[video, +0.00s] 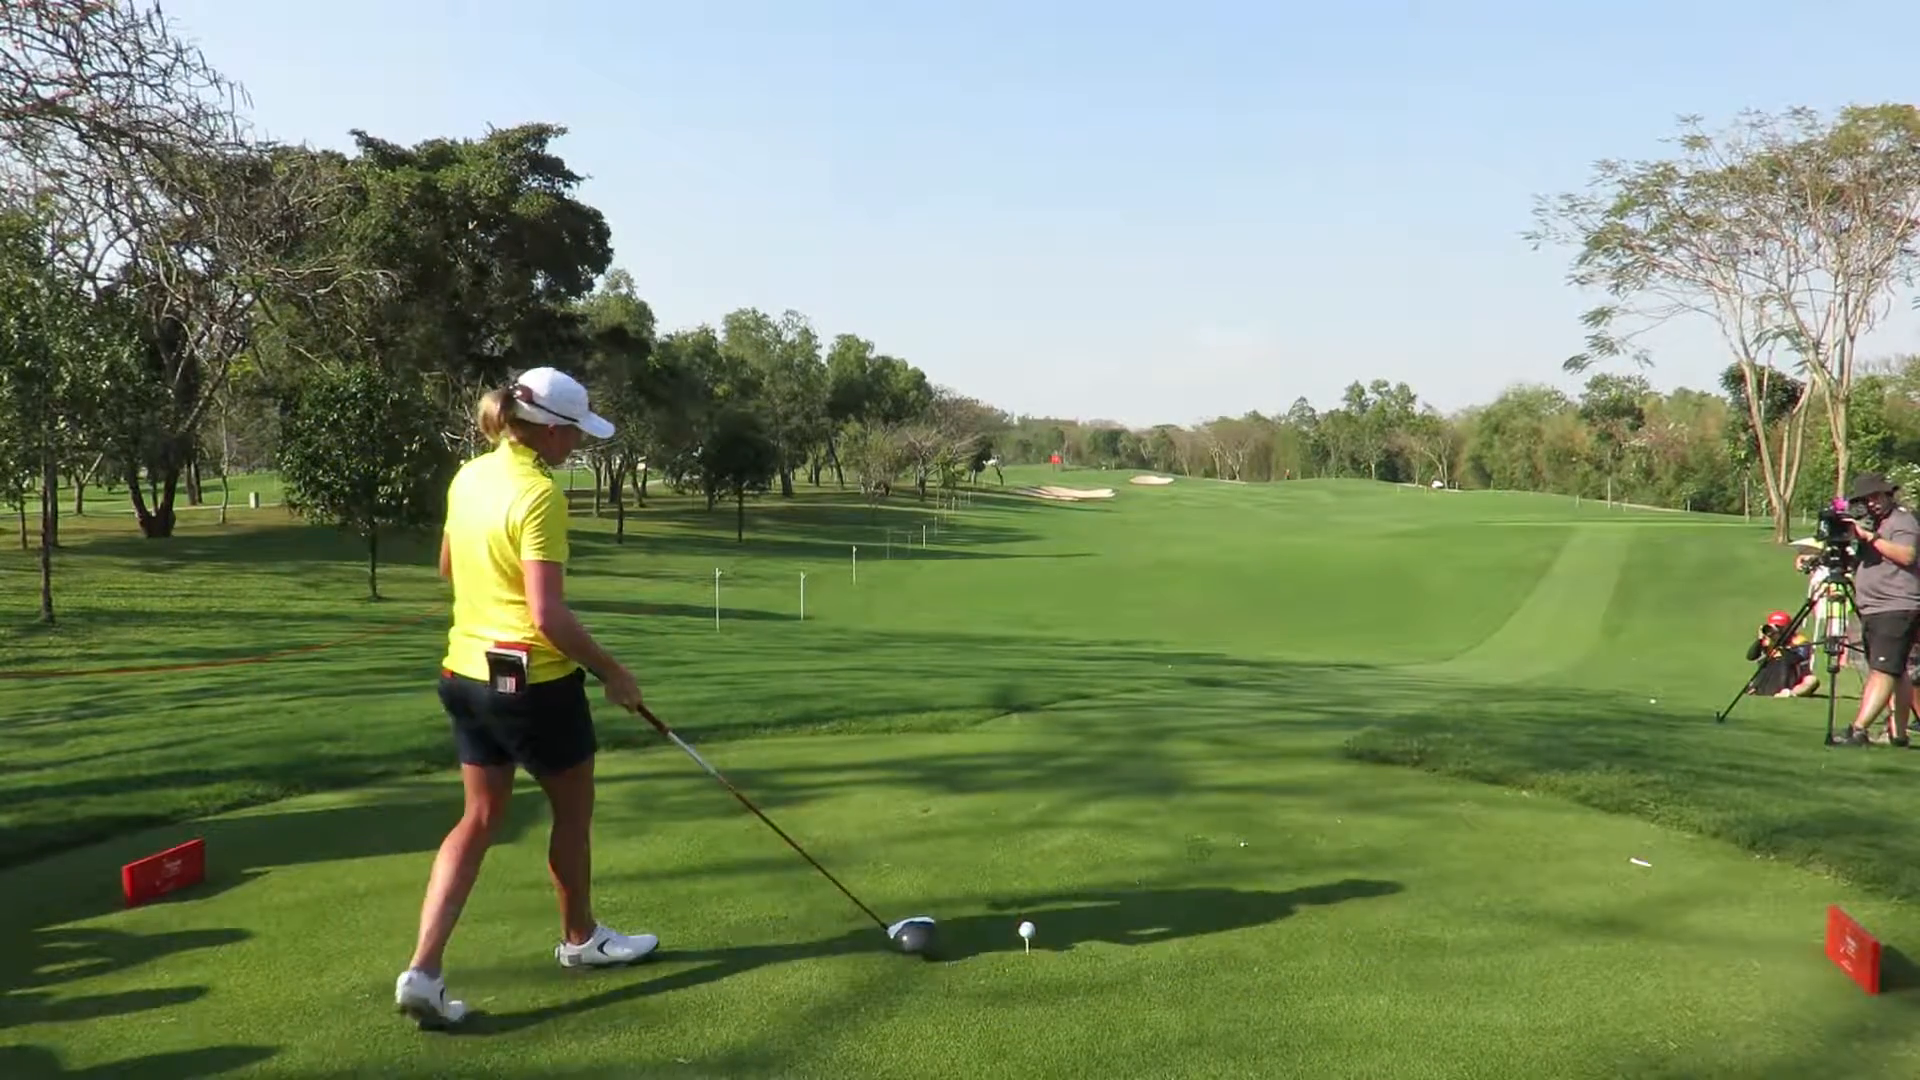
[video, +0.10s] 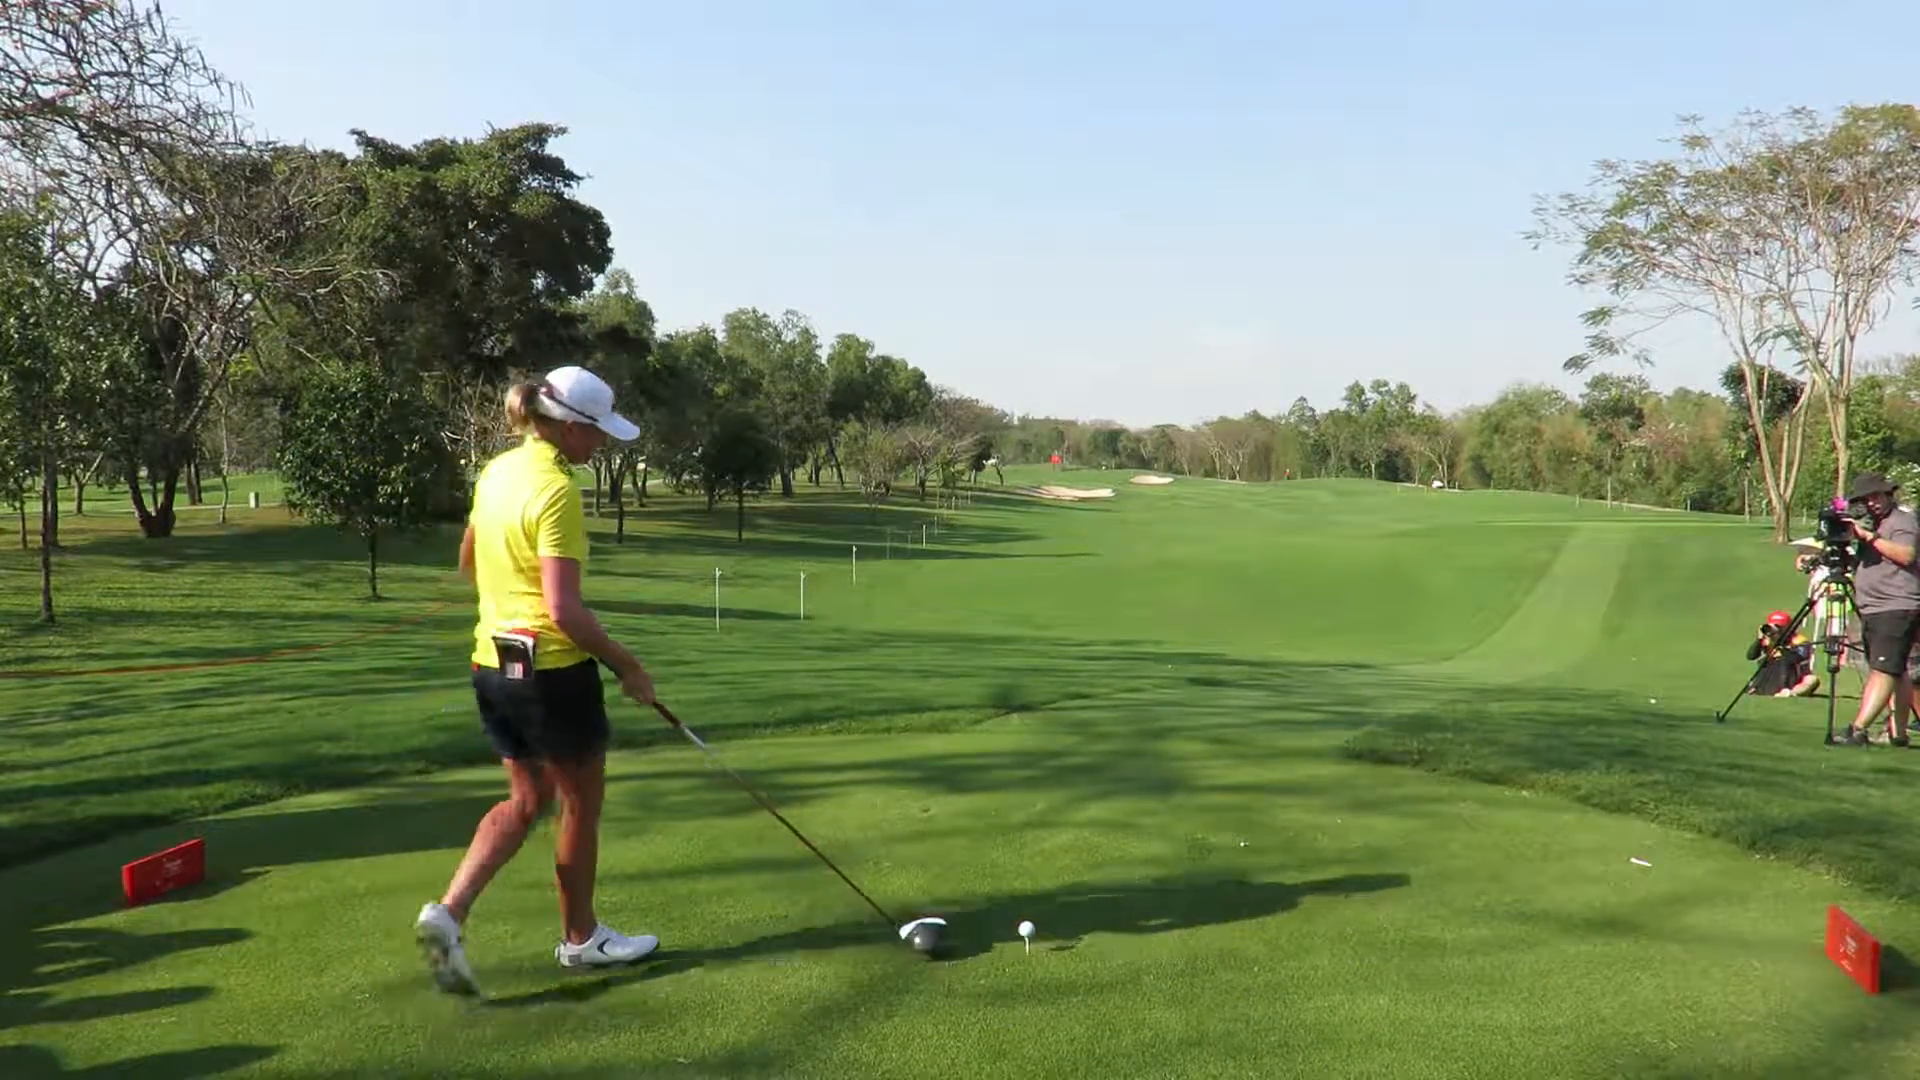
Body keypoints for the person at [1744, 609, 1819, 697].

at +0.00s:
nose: (1772, 634)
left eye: (1776, 630)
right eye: (1770, 630)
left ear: (1785, 630)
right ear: (1768, 629)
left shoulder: (1800, 642)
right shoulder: (1770, 642)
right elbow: (1751, 657)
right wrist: (1759, 641)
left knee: (1812, 680)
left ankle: (1792, 693)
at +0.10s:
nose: (1771, 633)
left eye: (1776, 630)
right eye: (1770, 630)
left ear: (1785, 630)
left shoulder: (1800, 643)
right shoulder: (1770, 641)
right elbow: (1751, 656)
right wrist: (1759, 640)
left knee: (1813, 679)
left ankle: (1792, 693)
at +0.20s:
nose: (1772, 633)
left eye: (1776, 630)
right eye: (1770, 630)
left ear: (1785, 629)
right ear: (1768, 628)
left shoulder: (1800, 642)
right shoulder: (1770, 641)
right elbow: (1751, 656)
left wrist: (1784, 653)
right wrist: (1759, 640)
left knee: (1813, 679)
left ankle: (1792, 692)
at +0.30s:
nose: (1773, 632)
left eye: (1777, 628)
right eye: (1771, 629)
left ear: (1785, 628)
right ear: (1768, 628)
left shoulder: (1799, 641)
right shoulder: (1769, 640)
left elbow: (1800, 655)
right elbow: (1751, 656)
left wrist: (1783, 652)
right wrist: (1759, 640)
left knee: (1812, 679)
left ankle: (1792, 692)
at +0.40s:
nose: (1774, 630)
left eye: (1778, 627)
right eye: (1771, 627)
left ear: (1786, 627)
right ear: (1768, 626)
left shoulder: (1799, 639)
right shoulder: (1769, 639)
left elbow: (1800, 655)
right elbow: (1751, 654)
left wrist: (1784, 651)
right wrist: (1759, 639)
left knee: (1812, 677)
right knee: (1750, 685)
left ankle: (1792, 691)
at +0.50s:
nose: (1774, 630)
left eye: (1778, 626)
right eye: (1771, 626)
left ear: (1786, 626)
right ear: (1769, 626)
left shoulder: (1799, 638)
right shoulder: (1769, 638)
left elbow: (1799, 655)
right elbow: (1751, 654)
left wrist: (1783, 651)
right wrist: (1759, 638)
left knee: (1812, 677)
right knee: (1750, 685)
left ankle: (1791, 690)